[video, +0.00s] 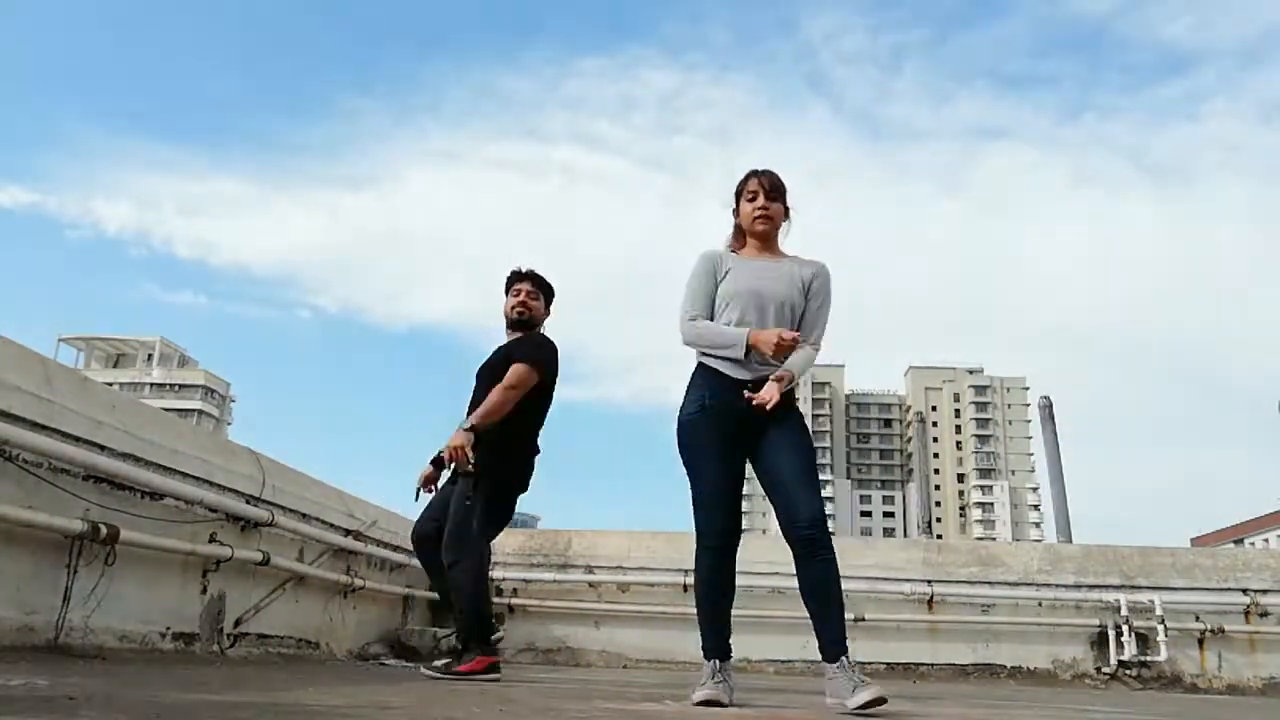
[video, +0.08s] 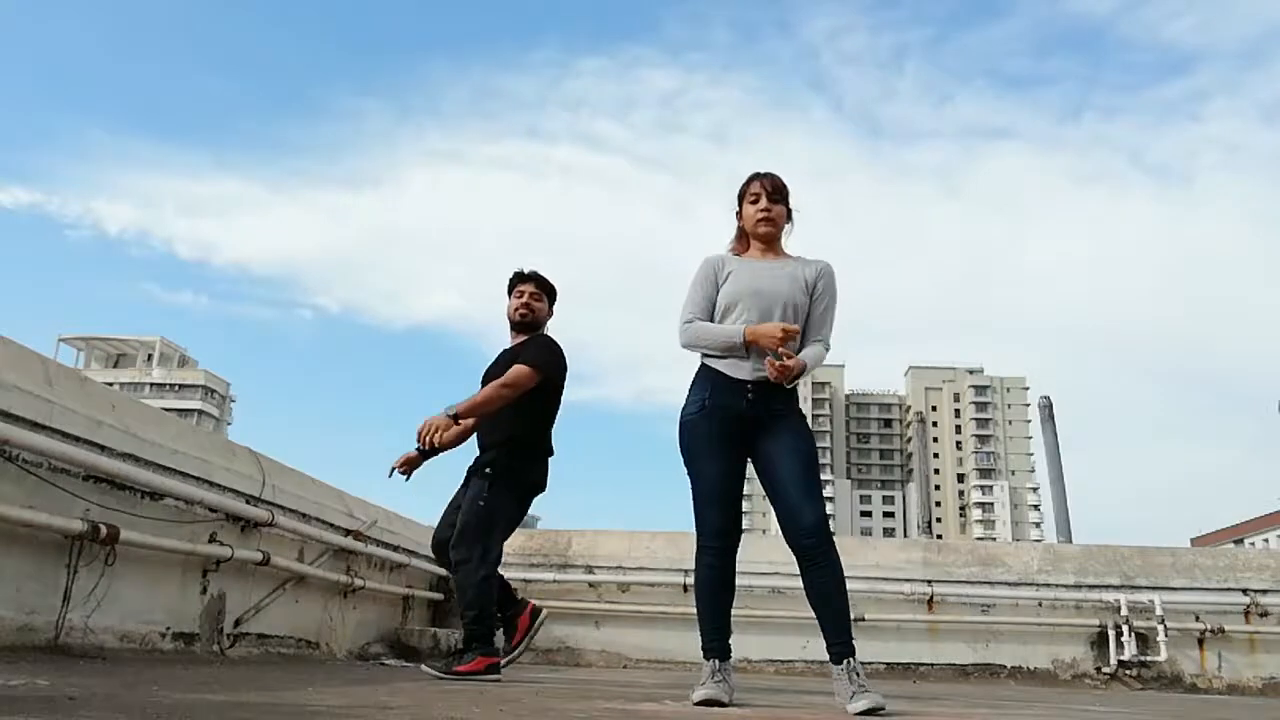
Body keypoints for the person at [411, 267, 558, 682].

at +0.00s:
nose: (523, 298)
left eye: (534, 295)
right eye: (516, 293)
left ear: (546, 311)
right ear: (505, 305)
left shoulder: (538, 346)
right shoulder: (503, 355)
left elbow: (510, 391)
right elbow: (476, 418)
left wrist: (468, 428)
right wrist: (440, 460)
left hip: (499, 465)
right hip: (474, 463)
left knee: (462, 548)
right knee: (426, 534)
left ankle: (478, 650)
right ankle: (472, 629)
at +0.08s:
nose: (526, 301)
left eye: (536, 298)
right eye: (519, 295)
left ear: (548, 312)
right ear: (508, 305)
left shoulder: (544, 350)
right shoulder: (504, 362)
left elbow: (507, 391)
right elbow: (471, 421)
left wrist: (455, 413)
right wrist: (423, 453)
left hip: (515, 468)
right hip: (489, 466)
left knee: (469, 549)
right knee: (445, 544)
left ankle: (481, 650)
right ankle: (515, 611)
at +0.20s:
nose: (530, 301)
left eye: (540, 298)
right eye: (523, 295)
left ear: (551, 312)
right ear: (511, 306)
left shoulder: (551, 351)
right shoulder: (505, 364)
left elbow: (509, 390)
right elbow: (469, 416)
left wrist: (451, 402)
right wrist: (419, 439)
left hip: (525, 469)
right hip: (503, 468)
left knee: (480, 550)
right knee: (488, 558)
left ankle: (482, 650)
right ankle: (552, 628)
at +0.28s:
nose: (535, 307)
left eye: (545, 304)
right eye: (528, 300)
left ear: (556, 317)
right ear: (515, 309)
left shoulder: (561, 357)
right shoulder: (503, 372)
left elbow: (530, 399)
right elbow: (474, 422)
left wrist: (469, 401)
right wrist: (439, 433)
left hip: (549, 476)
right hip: (520, 478)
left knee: (499, 545)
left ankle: (487, 649)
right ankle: (598, 655)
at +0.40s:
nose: (541, 302)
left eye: (551, 299)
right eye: (534, 295)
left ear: (560, 313)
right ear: (520, 304)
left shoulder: (567, 354)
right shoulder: (501, 363)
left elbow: (549, 409)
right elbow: (484, 416)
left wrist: (495, 435)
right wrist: (467, 450)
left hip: (555, 475)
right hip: (516, 477)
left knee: (531, 554)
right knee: (547, 564)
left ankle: (516, 655)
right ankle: (595, 651)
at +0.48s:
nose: (542, 299)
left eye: (552, 297)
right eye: (536, 292)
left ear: (560, 312)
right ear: (521, 300)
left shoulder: (567, 353)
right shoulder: (496, 358)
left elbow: (560, 412)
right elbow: (484, 414)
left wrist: (515, 454)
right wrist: (475, 462)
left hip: (554, 473)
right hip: (509, 474)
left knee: (539, 565)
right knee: (524, 566)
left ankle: (522, 656)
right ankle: (581, 643)